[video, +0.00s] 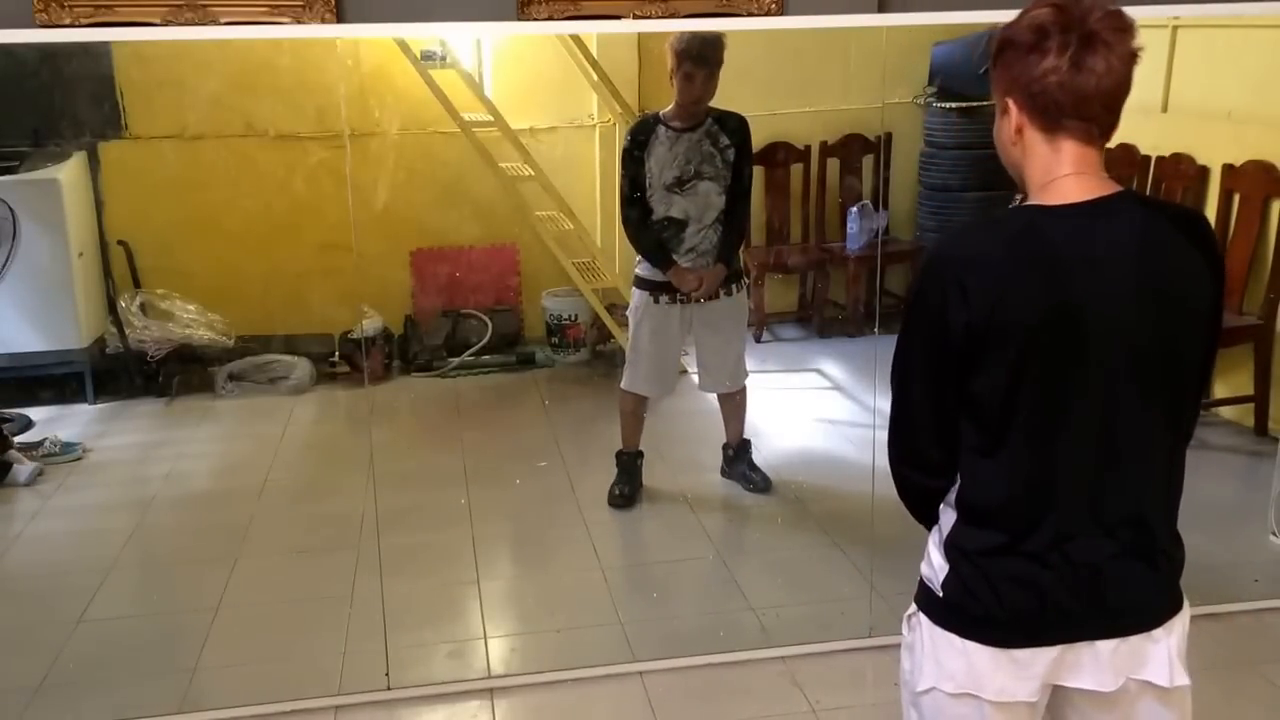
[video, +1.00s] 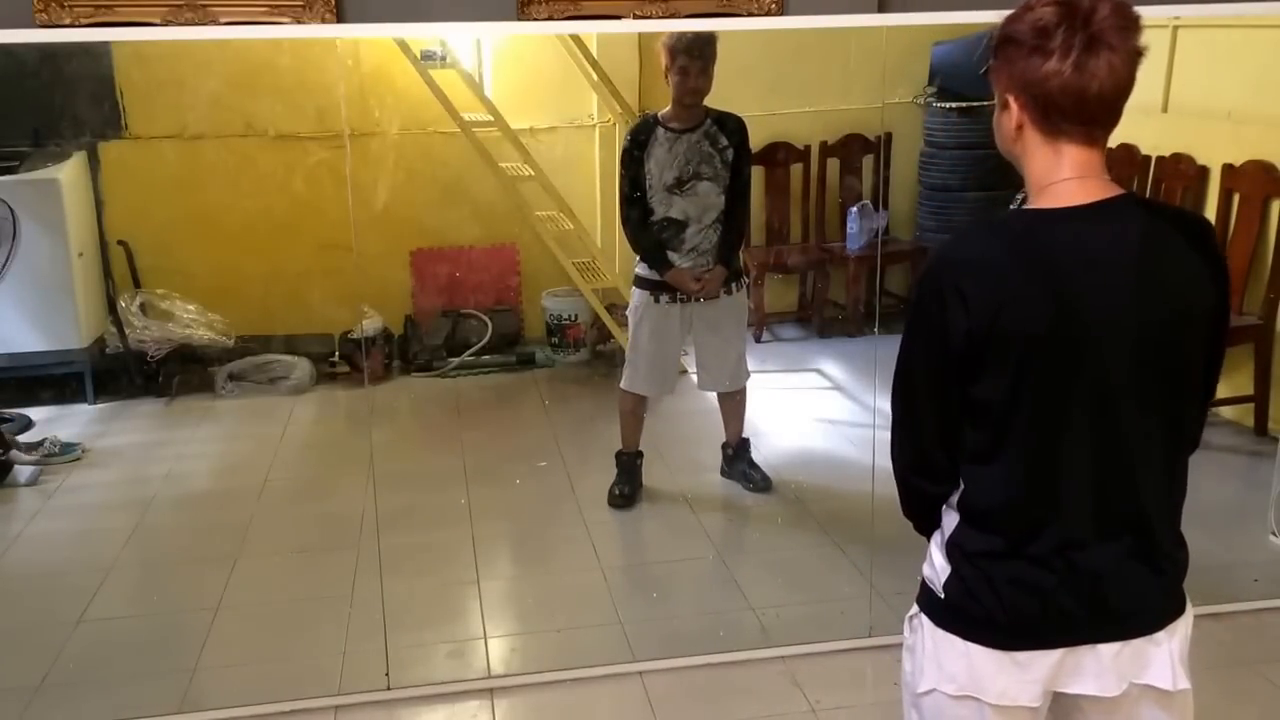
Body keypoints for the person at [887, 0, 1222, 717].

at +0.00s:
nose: (994, 127)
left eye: (993, 109)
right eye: (993, 108)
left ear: (1012, 116)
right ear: (1109, 113)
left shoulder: (962, 263)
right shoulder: (1188, 247)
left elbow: (917, 462)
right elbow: (1176, 424)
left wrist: (983, 537)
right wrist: (1112, 519)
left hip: (984, 621)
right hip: (1138, 618)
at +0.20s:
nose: (993, 127)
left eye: (992, 109)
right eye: (992, 109)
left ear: (1011, 117)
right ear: (1109, 112)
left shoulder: (960, 262)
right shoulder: (1188, 245)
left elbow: (917, 459)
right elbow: (1178, 423)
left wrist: (983, 538)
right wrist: (1113, 517)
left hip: (985, 621)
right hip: (1140, 617)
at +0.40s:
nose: (985, 124)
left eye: (986, 107)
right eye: (987, 106)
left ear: (1005, 117)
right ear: (1105, 108)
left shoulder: (961, 264)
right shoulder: (1187, 248)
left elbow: (920, 475)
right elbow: (1178, 429)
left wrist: (990, 537)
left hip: (984, 628)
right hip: (1139, 625)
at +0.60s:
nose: (986, 120)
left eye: (987, 103)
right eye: (988, 103)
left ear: (1006, 116)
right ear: (1106, 107)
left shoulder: (961, 264)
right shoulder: (1187, 248)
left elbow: (921, 479)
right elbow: (1178, 429)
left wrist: (988, 536)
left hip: (984, 628)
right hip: (1140, 625)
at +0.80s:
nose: (992, 118)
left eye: (992, 100)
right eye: (992, 99)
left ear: (1011, 113)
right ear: (1111, 105)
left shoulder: (961, 264)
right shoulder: (1187, 248)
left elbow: (922, 480)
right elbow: (1181, 429)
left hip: (985, 628)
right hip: (1141, 627)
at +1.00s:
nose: (993, 118)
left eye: (993, 100)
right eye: (994, 100)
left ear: (1013, 113)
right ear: (1113, 105)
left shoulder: (966, 266)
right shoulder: (1191, 250)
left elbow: (921, 472)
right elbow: (1183, 430)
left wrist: (973, 538)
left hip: (987, 629)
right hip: (1142, 628)